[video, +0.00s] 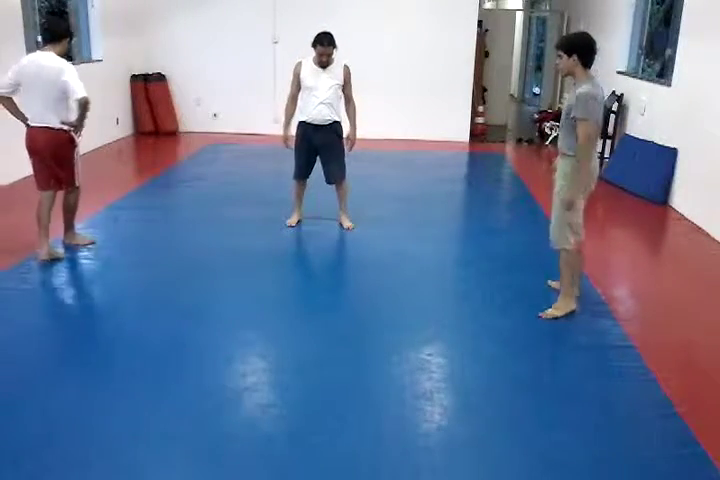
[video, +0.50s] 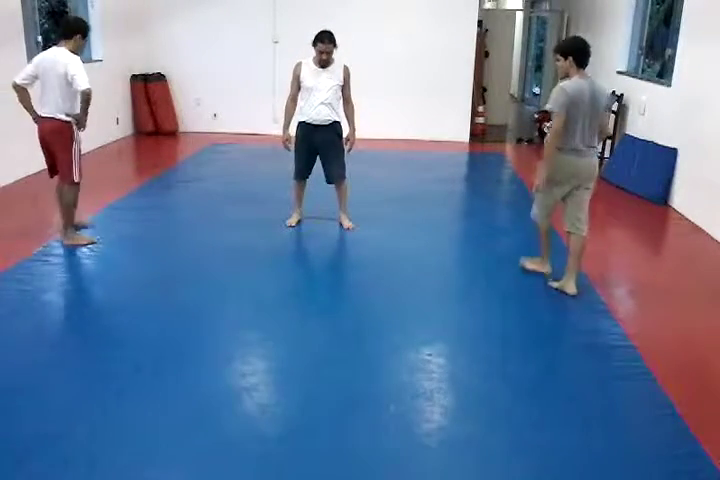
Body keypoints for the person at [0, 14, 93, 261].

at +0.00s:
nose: (69, 46)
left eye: (68, 41)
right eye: (68, 41)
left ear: (43, 38)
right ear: (64, 40)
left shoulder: (25, 63)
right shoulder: (63, 67)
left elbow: (4, 93)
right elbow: (83, 100)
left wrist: (23, 119)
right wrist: (79, 123)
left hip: (34, 134)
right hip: (60, 135)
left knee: (46, 190)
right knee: (71, 186)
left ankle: (44, 247)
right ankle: (70, 235)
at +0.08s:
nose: (72, 44)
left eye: (72, 40)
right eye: (72, 40)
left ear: (48, 37)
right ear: (66, 39)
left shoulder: (29, 60)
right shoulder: (68, 65)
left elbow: (5, 89)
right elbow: (89, 98)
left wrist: (26, 117)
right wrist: (80, 121)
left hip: (37, 132)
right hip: (62, 133)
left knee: (49, 188)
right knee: (72, 184)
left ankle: (45, 240)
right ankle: (70, 234)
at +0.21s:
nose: (77, 44)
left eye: (76, 40)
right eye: (77, 40)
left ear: (53, 36)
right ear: (73, 38)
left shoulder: (31, 58)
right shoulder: (73, 64)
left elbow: (8, 86)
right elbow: (94, 97)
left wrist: (27, 113)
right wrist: (84, 119)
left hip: (40, 129)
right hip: (64, 129)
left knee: (55, 182)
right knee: (71, 184)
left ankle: (46, 226)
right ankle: (69, 234)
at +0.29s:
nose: (78, 44)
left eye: (78, 40)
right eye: (78, 40)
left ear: (55, 36)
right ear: (74, 38)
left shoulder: (33, 58)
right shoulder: (74, 62)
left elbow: (10, 85)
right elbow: (95, 95)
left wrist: (29, 113)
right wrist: (84, 117)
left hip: (41, 127)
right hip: (64, 128)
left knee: (58, 177)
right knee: (71, 183)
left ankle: (50, 224)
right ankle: (69, 234)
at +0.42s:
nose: (81, 45)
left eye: (81, 40)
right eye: (81, 40)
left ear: (60, 35)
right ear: (76, 38)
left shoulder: (39, 56)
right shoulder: (73, 60)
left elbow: (14, 84)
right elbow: (91, 92)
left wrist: (31, 112)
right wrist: (84, 116)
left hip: (43, 125)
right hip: (63, 126)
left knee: (63, 177)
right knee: (71, 181)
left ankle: (60, 229)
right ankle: (69, 232)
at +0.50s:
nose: (83, 45)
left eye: (84, 41)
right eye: (83, 41)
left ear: (62, 36)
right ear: (76, 38)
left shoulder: (43, 56)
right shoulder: (71, 59)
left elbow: (19, 84)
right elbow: (86, 91)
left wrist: (33, 113)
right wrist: (82, 117)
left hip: (44, 124)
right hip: (63, 125)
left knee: (63, 177)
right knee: (72, 180)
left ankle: (68, 222)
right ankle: (69, 234)